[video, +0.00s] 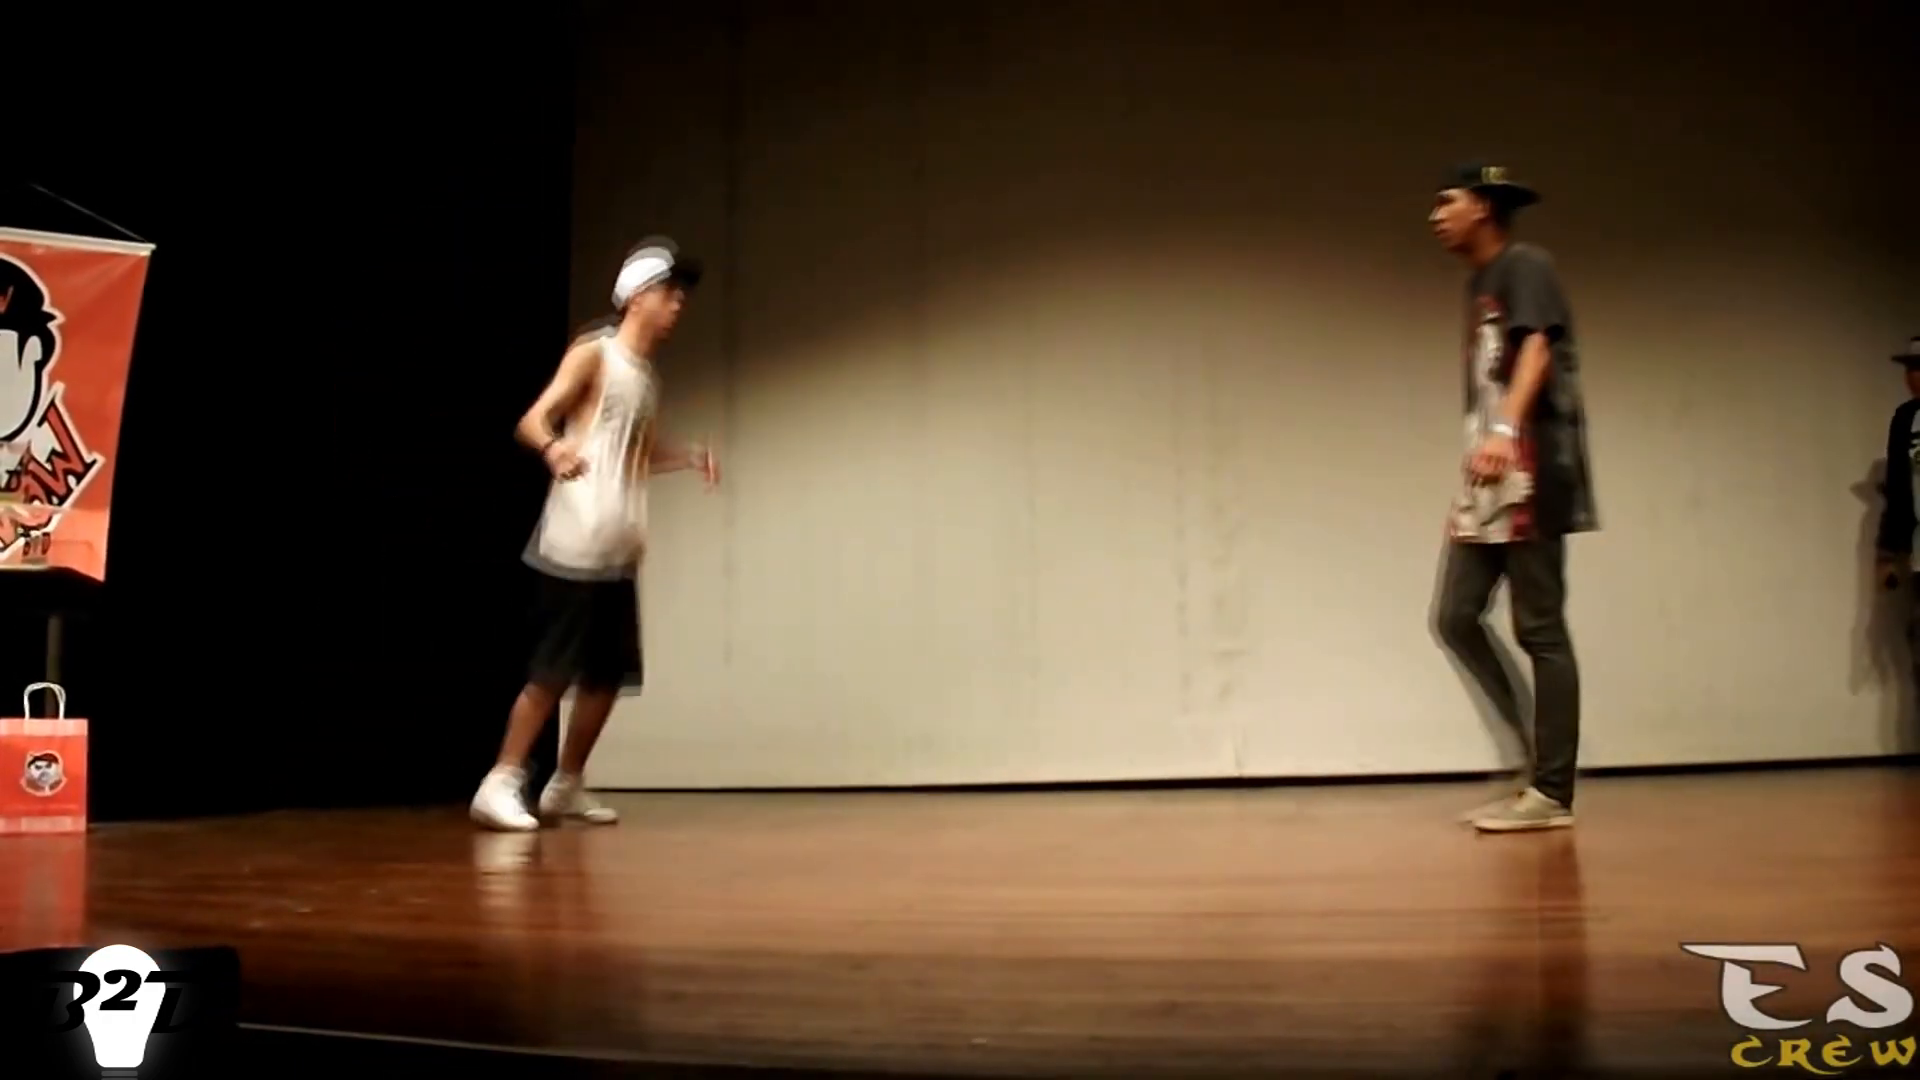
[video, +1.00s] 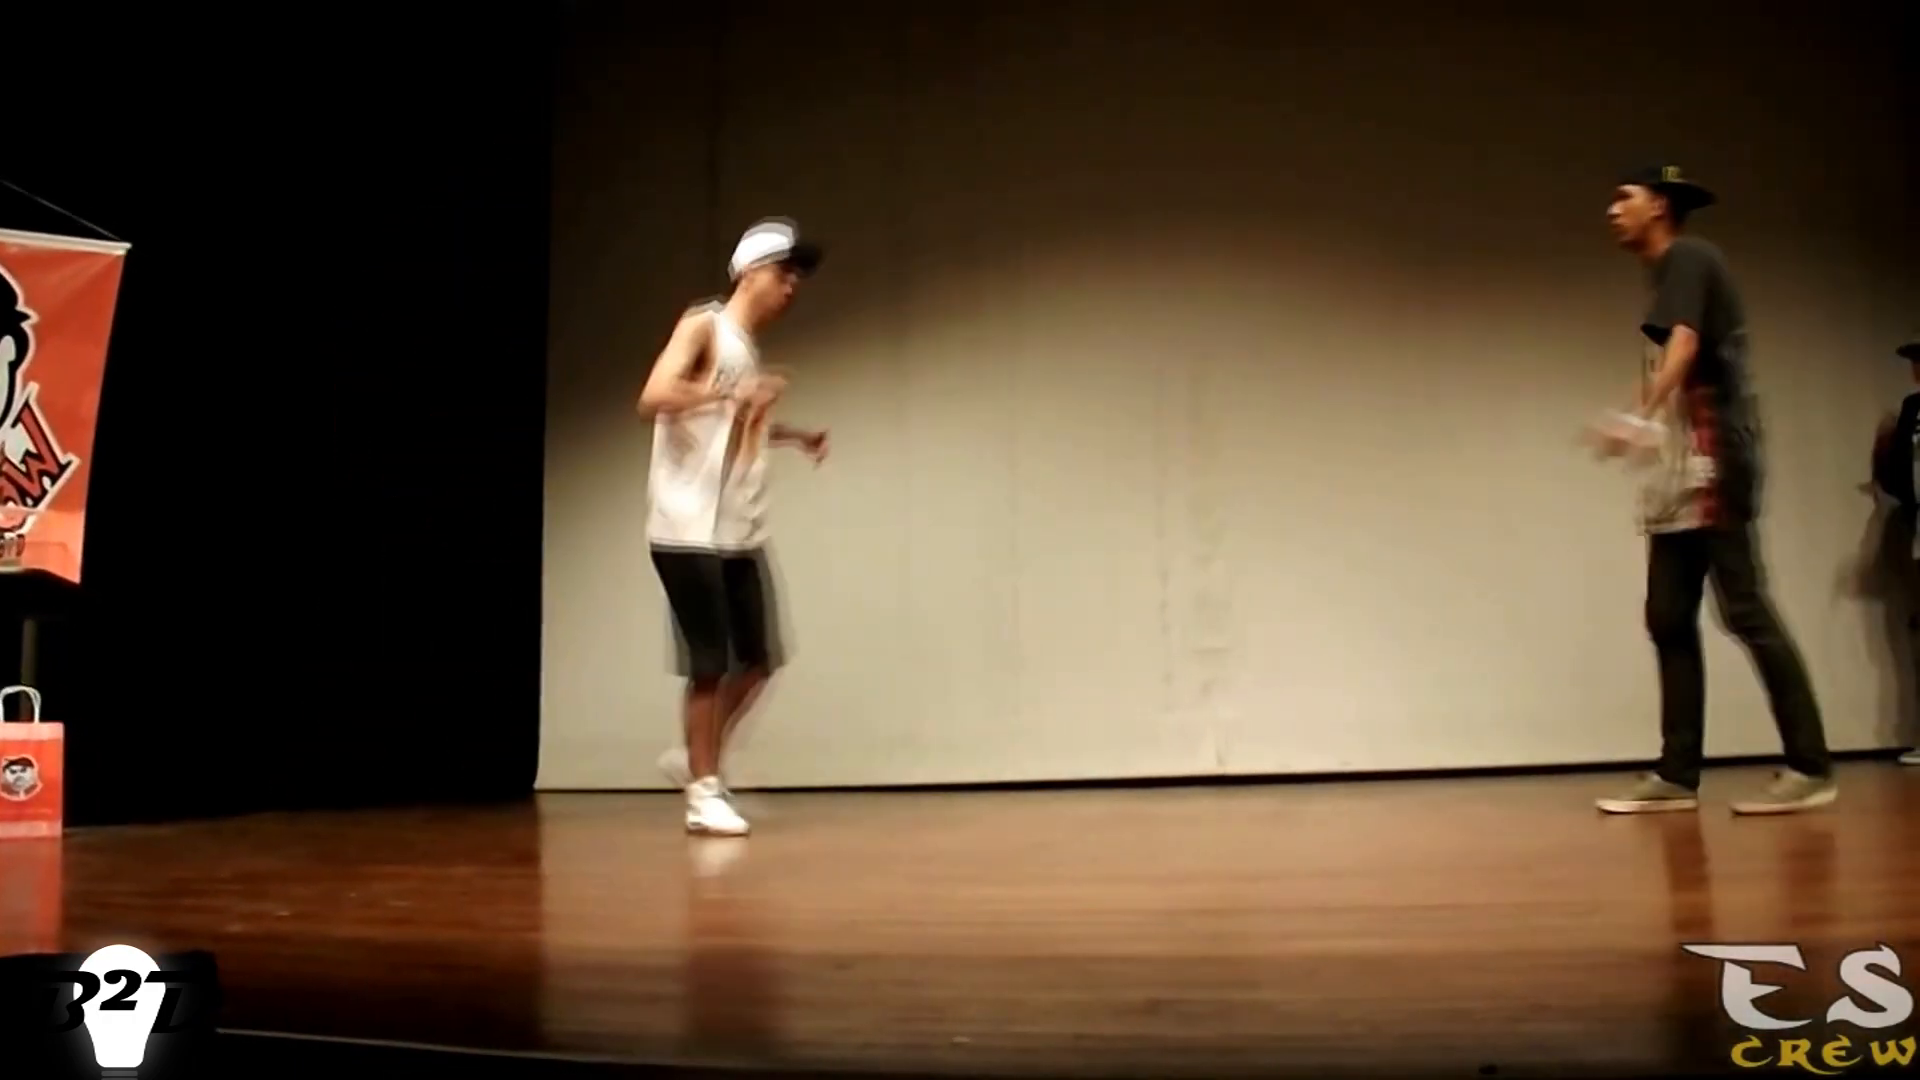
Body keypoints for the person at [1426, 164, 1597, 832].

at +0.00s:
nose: (1435, 214)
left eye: (1447, 203)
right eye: (1438, 204)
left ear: (1484, 209)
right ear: (1473, 213)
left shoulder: (1524, 268)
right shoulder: (1484, 285)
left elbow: (1537, 353)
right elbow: (1498, 382)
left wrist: (1502, 431)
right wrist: (1488, 461)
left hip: (1534, 481)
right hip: (1492, 481)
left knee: (1541, 629)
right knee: (1455, 619)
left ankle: (1553, 793)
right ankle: (1532, 761)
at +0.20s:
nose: (1481, 213)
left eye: (1493, 202)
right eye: (1483, 203)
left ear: (1529, 211)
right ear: (1517, 216)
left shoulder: (1564, 271)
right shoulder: (1527, 286)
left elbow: (1600, 369)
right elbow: (1526, 403)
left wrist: (1595, 471)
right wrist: (1503, 488)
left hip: (1561, 488)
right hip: (1534, 491)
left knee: (1556, 630)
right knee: (1555, 628)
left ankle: (1550, 791)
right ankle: (1663, 754)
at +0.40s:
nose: (1519, 225)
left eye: (1530, 215)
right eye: (1522, 215)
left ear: (1563, 226)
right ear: (1554, 228)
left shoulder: (1604, 281)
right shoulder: (1556, 298)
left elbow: (1672, 362)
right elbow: (1553, 401)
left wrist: (1710, 460)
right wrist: (1501, 464)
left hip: (1608, 496)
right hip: (1590, 497)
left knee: (1564, 625)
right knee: (1643, 632)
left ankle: (1551, 791)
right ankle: (1690, 779)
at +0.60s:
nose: (1551, 220)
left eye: (1562, 208)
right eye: (1553, 210)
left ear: (1598, 215)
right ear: (1589, 220)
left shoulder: (1637, 264)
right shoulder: (1591, 290)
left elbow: (1714, 334)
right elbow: (1587, 398)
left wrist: (1764, 429)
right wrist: (1534, 444)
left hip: (1635, 469)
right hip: (1632, 472)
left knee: (1572, 598)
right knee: (1660, 620)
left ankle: (1658, 748)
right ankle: (1687, 775)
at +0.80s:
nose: (1578, 216)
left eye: (1590, 204)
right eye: (1581, 206)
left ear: (1626, 212)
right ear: (1617, 217)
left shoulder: (1659, 265)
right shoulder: (1629, 284)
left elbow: (1711, 341)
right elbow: (1635, 395)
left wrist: (1757, 426)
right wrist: (1600, 473)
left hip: (1662, 475)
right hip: (1643, 478)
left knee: (1640, 607)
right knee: (1674, 619)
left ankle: (1765, 722)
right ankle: (1683, 773)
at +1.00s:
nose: (1613, 211)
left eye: (1625, 199)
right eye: (1615, 201)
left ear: (1662, 208)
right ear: (1654, 212)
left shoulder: (1690, 259)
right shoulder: (1666, 276)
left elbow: (1683, 349)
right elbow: (1682, 373)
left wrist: (1641, 419)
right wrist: (1641, 433)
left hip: (1716, 470)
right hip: (1680, 473)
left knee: (1745, 610)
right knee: (1669, 619)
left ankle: (1811, 768)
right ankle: (1677, 776)